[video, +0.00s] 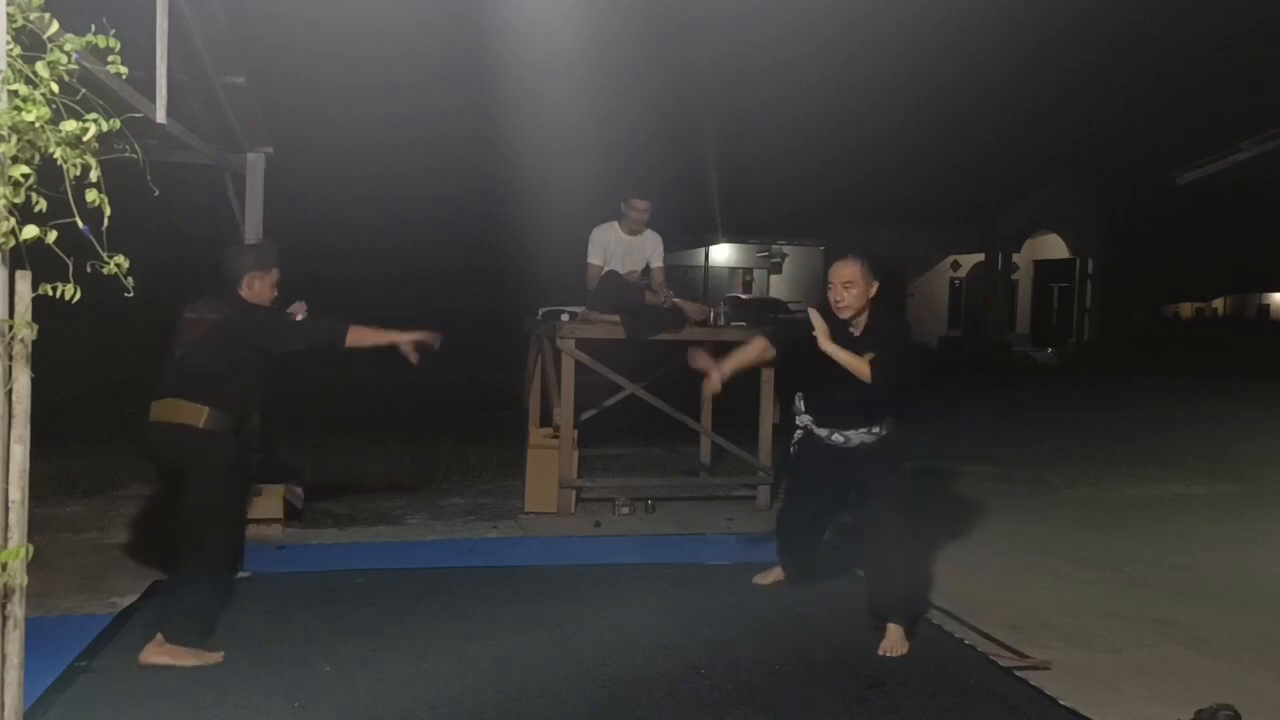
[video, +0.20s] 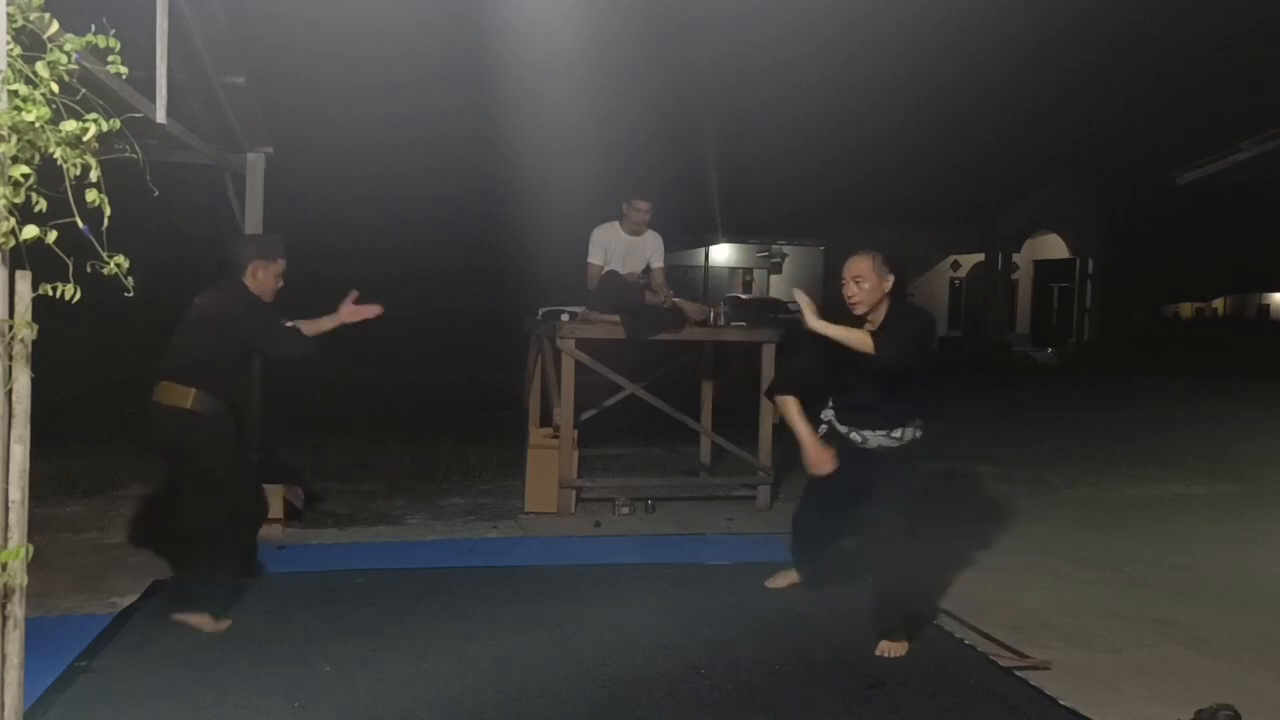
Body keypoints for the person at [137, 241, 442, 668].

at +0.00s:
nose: (275, 290)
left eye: (274, 281)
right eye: (271, 281)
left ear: (237, 282)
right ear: (250, 282)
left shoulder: (201, 312)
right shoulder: (250, 320)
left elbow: (239, 340)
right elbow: (323, 332)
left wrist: (280, 320)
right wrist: (396, 337)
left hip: (166, 432)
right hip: (201, 439)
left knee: (202, 523)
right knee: (218, 538)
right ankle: (175, 640)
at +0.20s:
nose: (279, 284)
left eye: (280, 276)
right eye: (277, 275)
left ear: (249, 272)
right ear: (255, 270)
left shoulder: (213, 298)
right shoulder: (239, 307)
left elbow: (280, 329)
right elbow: (286, 337)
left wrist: (337, 317)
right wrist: (339, 319)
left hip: (169, 413)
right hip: (198, 420)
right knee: (238, 503)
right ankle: (201, 603)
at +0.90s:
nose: (293, 284)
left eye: (296, 276)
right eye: (286, 274)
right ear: (259, 269)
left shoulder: (258, 302)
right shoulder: (241, 302)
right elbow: (298, 333)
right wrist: (363, 328)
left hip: (229, 406)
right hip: (217, 410)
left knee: (245, 480)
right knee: (253, 486)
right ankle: (232, 573)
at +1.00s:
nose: (292, 285)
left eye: (296, 277)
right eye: (285, 275)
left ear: (299, 274)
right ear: (260, 270)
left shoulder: (275, 308)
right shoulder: (239, 299)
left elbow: (310, 353)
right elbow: (261, 326)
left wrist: (297, 345)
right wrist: (318, 327)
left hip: (245, 401)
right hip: (220, 403)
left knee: (257, 474)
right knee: (244, 481)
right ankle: (231, 572)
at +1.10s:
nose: (293, 286)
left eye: (299, 278)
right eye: (286, 276)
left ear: (304, 276)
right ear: (262, 272)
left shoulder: (302, 308)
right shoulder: (240, 301)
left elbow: (315, 353)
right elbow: (215, 316)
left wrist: (264, 332)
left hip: (277, 420)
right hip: (232, 416)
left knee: (267, 496)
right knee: (232, 490)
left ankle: (256, 571)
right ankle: (228, 569)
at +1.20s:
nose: (294, 287)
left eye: (300, 279)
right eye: (286, 278)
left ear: (305, 278)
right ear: (264, 274)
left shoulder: (302, 310)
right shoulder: (248, 298)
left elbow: (317, 355)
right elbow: (218, 312)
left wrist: (270, 334)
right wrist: (194, 319)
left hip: (265, 409)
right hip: (225, 405)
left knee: (259, 483)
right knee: (235, 484)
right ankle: (232, 575)